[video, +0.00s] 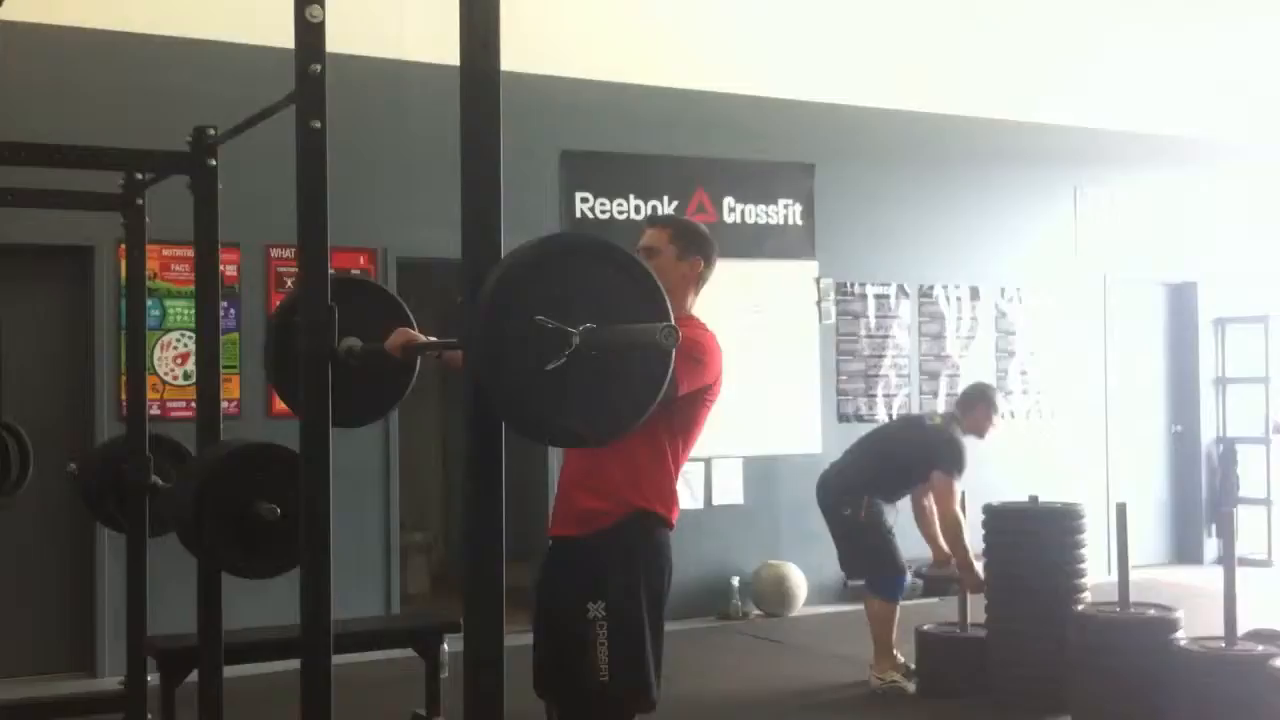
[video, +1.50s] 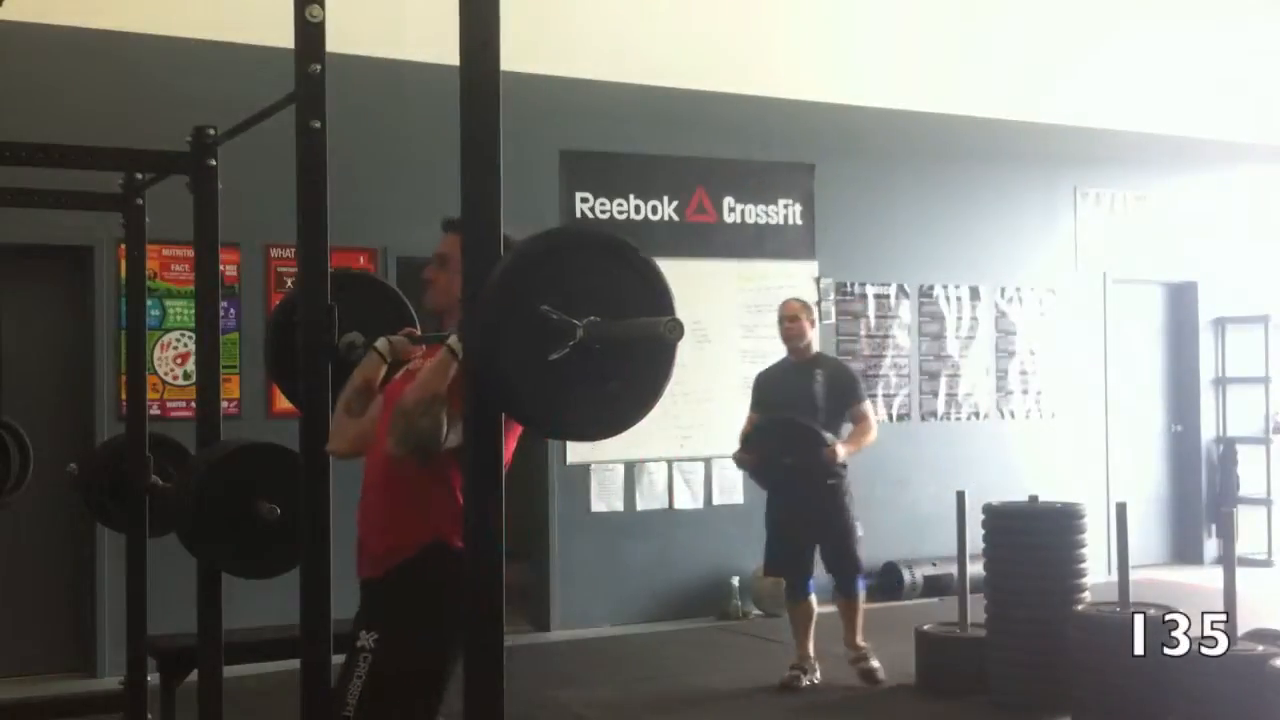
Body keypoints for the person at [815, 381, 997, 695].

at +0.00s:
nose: (992, 422)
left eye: (994, 415)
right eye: (991, 414)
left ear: (965, 407)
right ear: (976, 409)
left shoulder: (930, 427)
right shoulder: (947, 443)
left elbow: (921, 500)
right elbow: (950, 512)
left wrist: (939, 549)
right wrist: (968, 569)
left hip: (843, 488)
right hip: (852, 494)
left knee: (885, 575)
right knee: (889, 576)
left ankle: (887, 658)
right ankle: (882, 667)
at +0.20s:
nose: (977, 385)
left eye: (977, 378)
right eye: (974, 378)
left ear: (948, 378)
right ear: (959, 378)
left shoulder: (916, 407)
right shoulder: (933, 415)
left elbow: (909, 479)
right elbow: (932, 483)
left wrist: (939, 519)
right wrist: (967, 533)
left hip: (851, 487)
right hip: (857, 492)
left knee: (888, 575)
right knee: (890, 576)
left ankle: (887, 659)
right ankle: (882, 668)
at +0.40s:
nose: (949, 347)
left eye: (947, 340)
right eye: (943, 340)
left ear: (922, 345)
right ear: (927, 344)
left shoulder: (909, 385)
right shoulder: (908, 386)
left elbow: (908, 450)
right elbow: (908, 446)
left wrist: (941, 478)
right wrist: (955, 476)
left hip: (875, 490)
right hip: (868, 492)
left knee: (890, 576)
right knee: (890, 577)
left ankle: (886, 659)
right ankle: (882, 667)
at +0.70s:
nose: (916, 330)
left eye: (915, 323)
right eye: (908, 324)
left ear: (906, 329)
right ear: (884, 330)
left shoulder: (907, 379)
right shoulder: (867, 372)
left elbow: (906, 434)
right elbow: (854, 425)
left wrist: (935, 457)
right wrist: (905, 448)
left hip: (892, 493)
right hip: (858, 493)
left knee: (891, 576)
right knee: (861, 578)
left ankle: (885, 654)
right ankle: (865, 662)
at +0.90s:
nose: (878, 327)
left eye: (881, 319)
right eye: (869, 322)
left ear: (890, 325)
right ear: (857, 330)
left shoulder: (904, 378)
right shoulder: (840, 375)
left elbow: (911, 428)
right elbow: (819, 426)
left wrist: (923, 455)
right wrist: (853, 448)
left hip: (889, 488)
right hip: (849, 487)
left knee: (887, 572)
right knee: (846, 571)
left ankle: (883, 655)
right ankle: (825, 661)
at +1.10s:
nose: (841, 328)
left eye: (848, 321)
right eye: (834, 323)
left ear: (864, 326)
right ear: (828, 331)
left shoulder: (886, 378)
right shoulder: (812, 379)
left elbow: (907, 424)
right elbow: (791, 429)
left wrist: (909, 449)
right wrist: (807, 453)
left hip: (873, 487)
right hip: (829, 488)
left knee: (877, 573)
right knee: (822, 576)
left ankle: (881, 654)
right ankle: (808, 660)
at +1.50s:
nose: (789, 327)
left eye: (796, 319)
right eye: (784, 321)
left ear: (813, 324)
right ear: (778, 329)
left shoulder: (839, 374)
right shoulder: (767, 379)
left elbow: (867, 426)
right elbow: (752, 429)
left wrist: (844, 448)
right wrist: (745, 453)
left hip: (827, 484)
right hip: (784, 485)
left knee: (847, 568)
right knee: (796, 576)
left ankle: (856, 647)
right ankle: (805, 662)